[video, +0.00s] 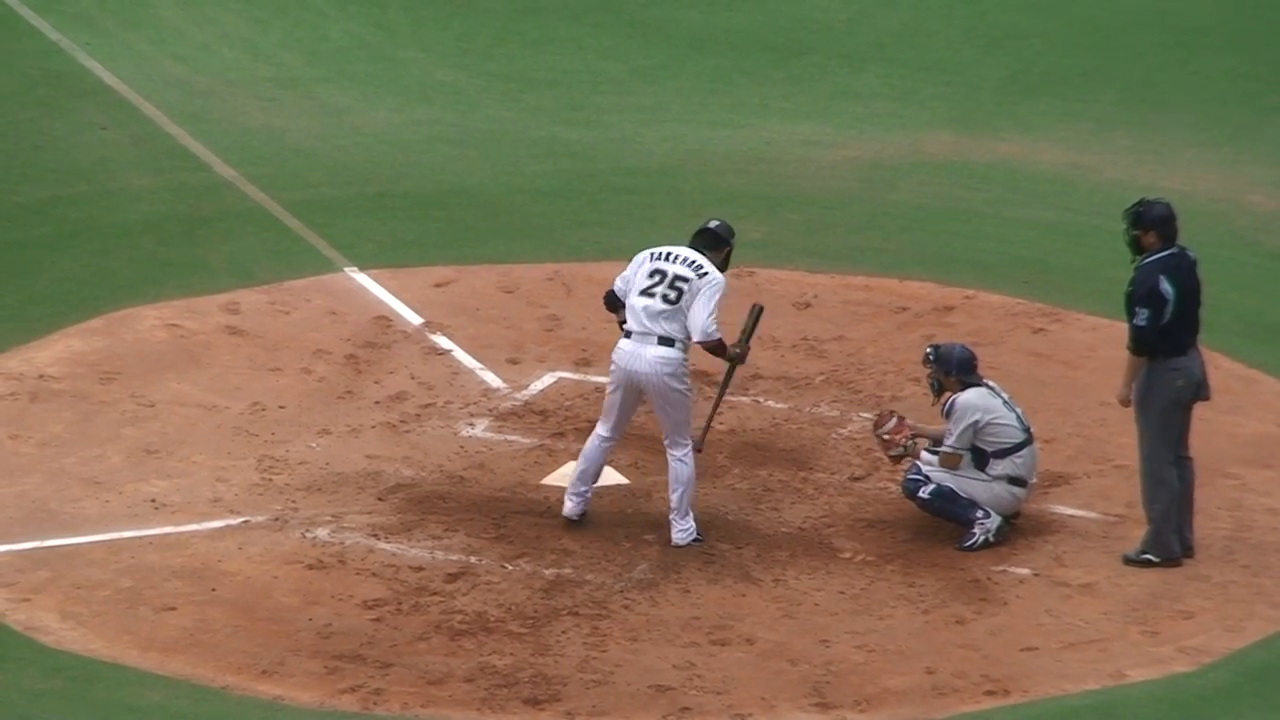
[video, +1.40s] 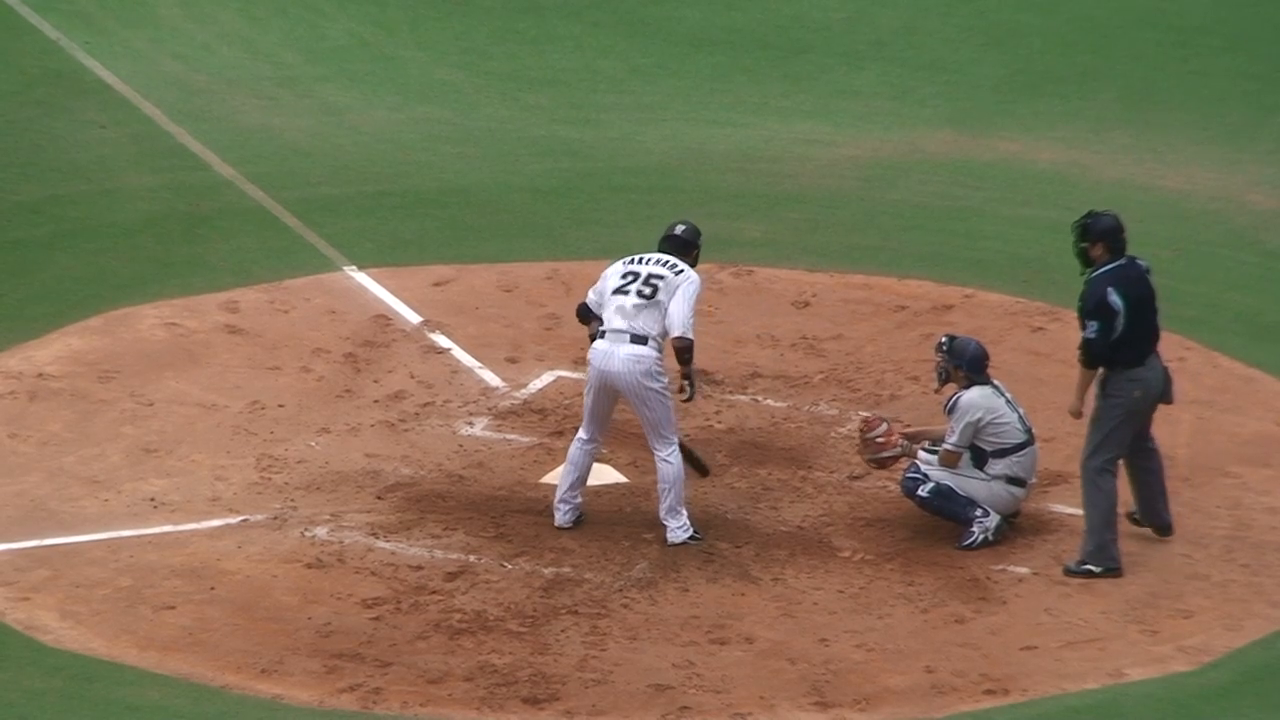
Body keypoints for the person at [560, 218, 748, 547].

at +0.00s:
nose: (726, 261)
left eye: (727, 255)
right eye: (727, 254)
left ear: (694, 240)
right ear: (719, 250)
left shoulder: (651, 254)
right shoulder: (711, 276)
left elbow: (612, 298)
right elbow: (703, 334)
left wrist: (629, 317)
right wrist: (728, 354)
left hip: (626, 351)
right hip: (666, 359)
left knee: (605, 431)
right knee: (678, 445)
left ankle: (573, 503)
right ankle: (682, 529)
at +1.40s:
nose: (695, 258)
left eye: (696, 253)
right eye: (696, 253)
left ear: (662, 244)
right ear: (691, 252)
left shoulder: (624, 262)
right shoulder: (687, 276)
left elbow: (585, 311)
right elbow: (680, 338)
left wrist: (607, 334)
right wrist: (687, 373)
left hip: (601, 351)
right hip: (641, 357)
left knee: (588, 435)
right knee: (666, 447)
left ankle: (564, 511)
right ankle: (677, 527)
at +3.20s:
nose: (716, 242)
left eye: (718, 236)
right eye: (716, 237)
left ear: (683, 228)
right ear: (710, 237)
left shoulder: (646, 250)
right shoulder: (705, 273)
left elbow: (631, 302)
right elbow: (699, 337)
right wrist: (704, 372)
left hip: (623, 347)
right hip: (662, 358)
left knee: (601, 427)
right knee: (676, 443)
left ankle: (569, 501)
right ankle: (684, 528)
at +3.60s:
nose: (681, 227)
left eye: (677, 221)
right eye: (680, 222)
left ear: (647, 220)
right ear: (676, 227)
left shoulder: (625, 248)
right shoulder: (670, 268)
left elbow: (658, 299)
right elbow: (667, 325)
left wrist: (702, 313)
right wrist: (707, 325)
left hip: (609, 351)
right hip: (647, 359)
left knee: (595, 432)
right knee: (668, 441)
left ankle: (566, 510)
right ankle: (682, 527)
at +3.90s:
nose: (648, 221)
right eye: (647, 216)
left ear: (612, 219)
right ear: (646, 221)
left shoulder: (597, 248)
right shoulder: (652, 267)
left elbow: (633, 275)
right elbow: (670, 315)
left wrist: (675, 273)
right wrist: (689, 284)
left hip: (605, 354)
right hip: (645, 359)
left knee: (593, 431)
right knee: (666, 441)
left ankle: (566, 508)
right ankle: (681, 525)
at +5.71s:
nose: (639, 229)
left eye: (640, 225)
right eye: (678, 225)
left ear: (644, 231)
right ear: (677, 231)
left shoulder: (626, 264)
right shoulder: (687, 274)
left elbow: (665, 288)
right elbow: (717, 312)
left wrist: (703, 273)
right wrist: (716, 278)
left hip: (627, 366)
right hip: (668, 371)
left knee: (612, 435)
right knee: (687, 447)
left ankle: (571, 508)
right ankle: (682, 528)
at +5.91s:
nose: (689, 231)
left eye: (655, 225)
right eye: (688, 226)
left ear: (654, 230)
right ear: (688, 232)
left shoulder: (638, 263)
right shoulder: (703, 273)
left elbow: (680, 281)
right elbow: (738, 297)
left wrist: (720, 265)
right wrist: (737, 270)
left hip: (639, 365)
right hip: (680, 372)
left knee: (643, 422)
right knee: (690, 447)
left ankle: (605, 493)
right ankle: (683, 527)